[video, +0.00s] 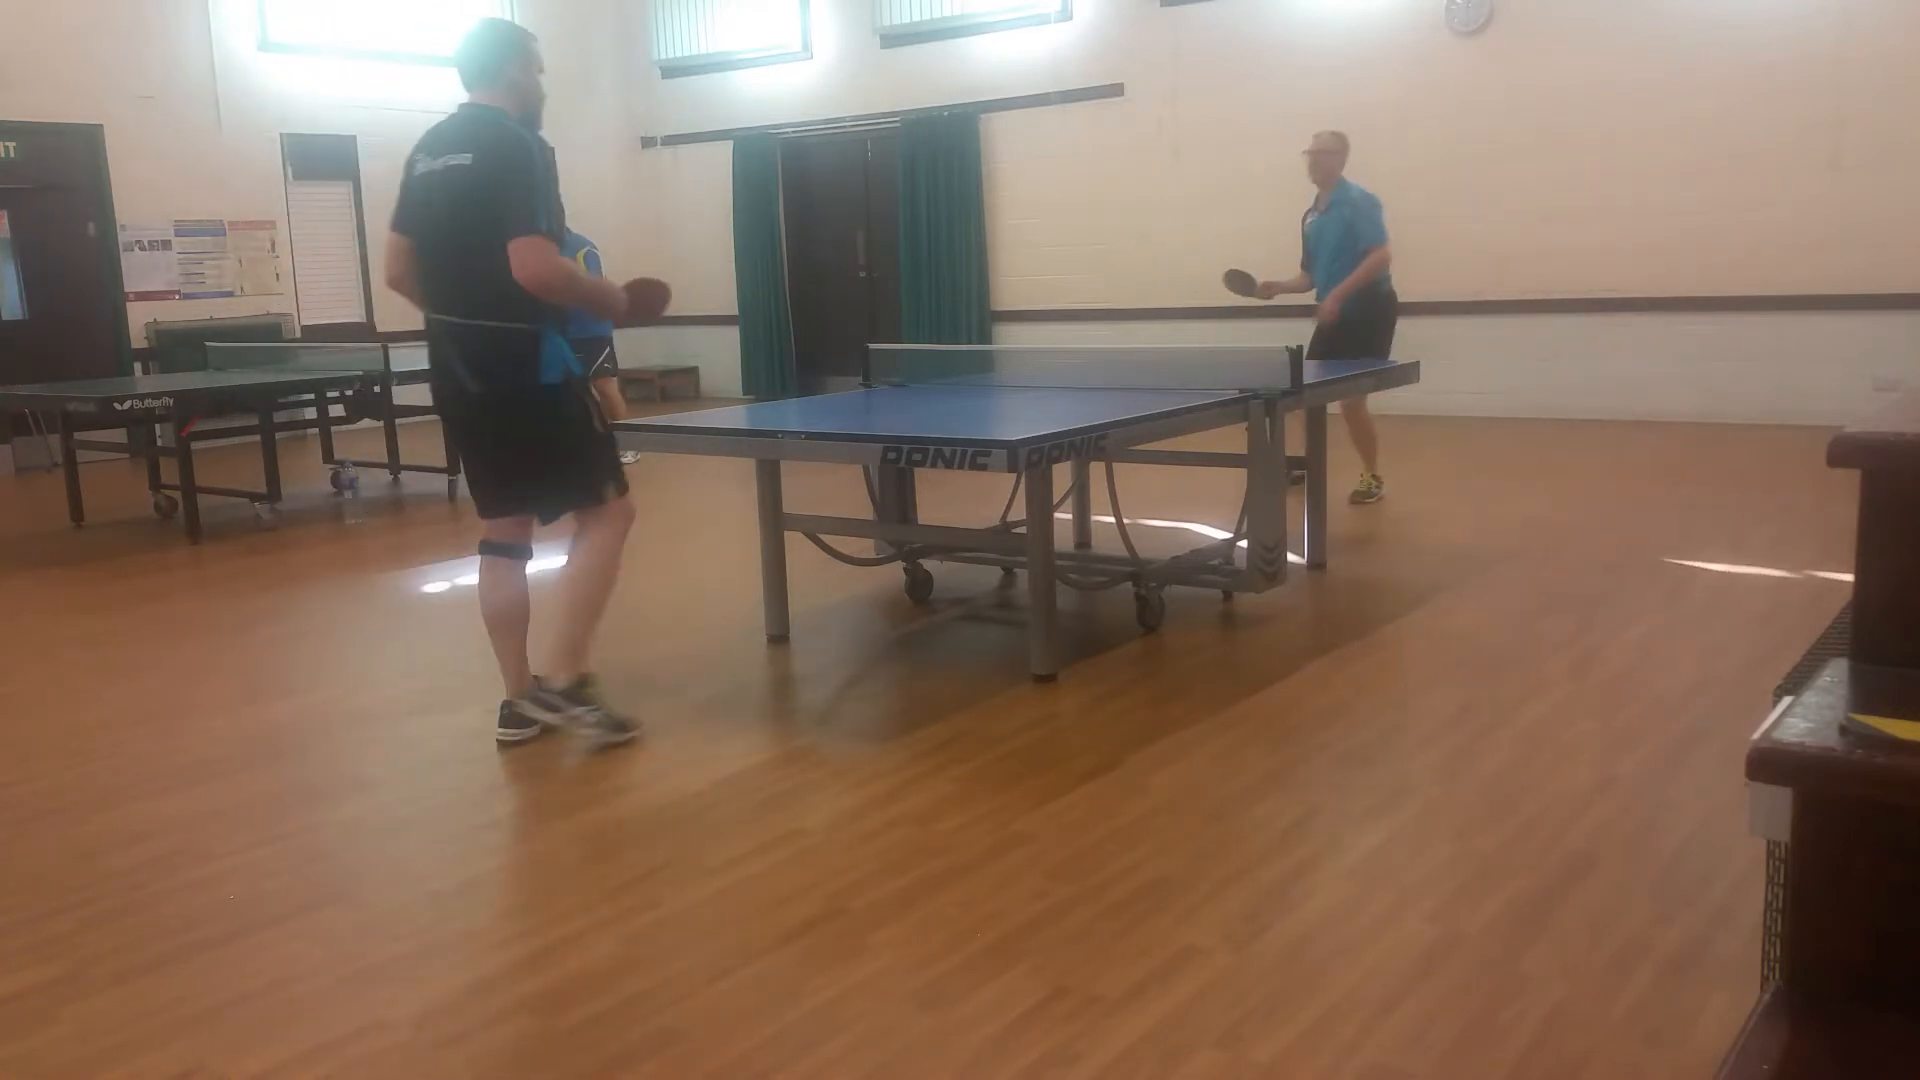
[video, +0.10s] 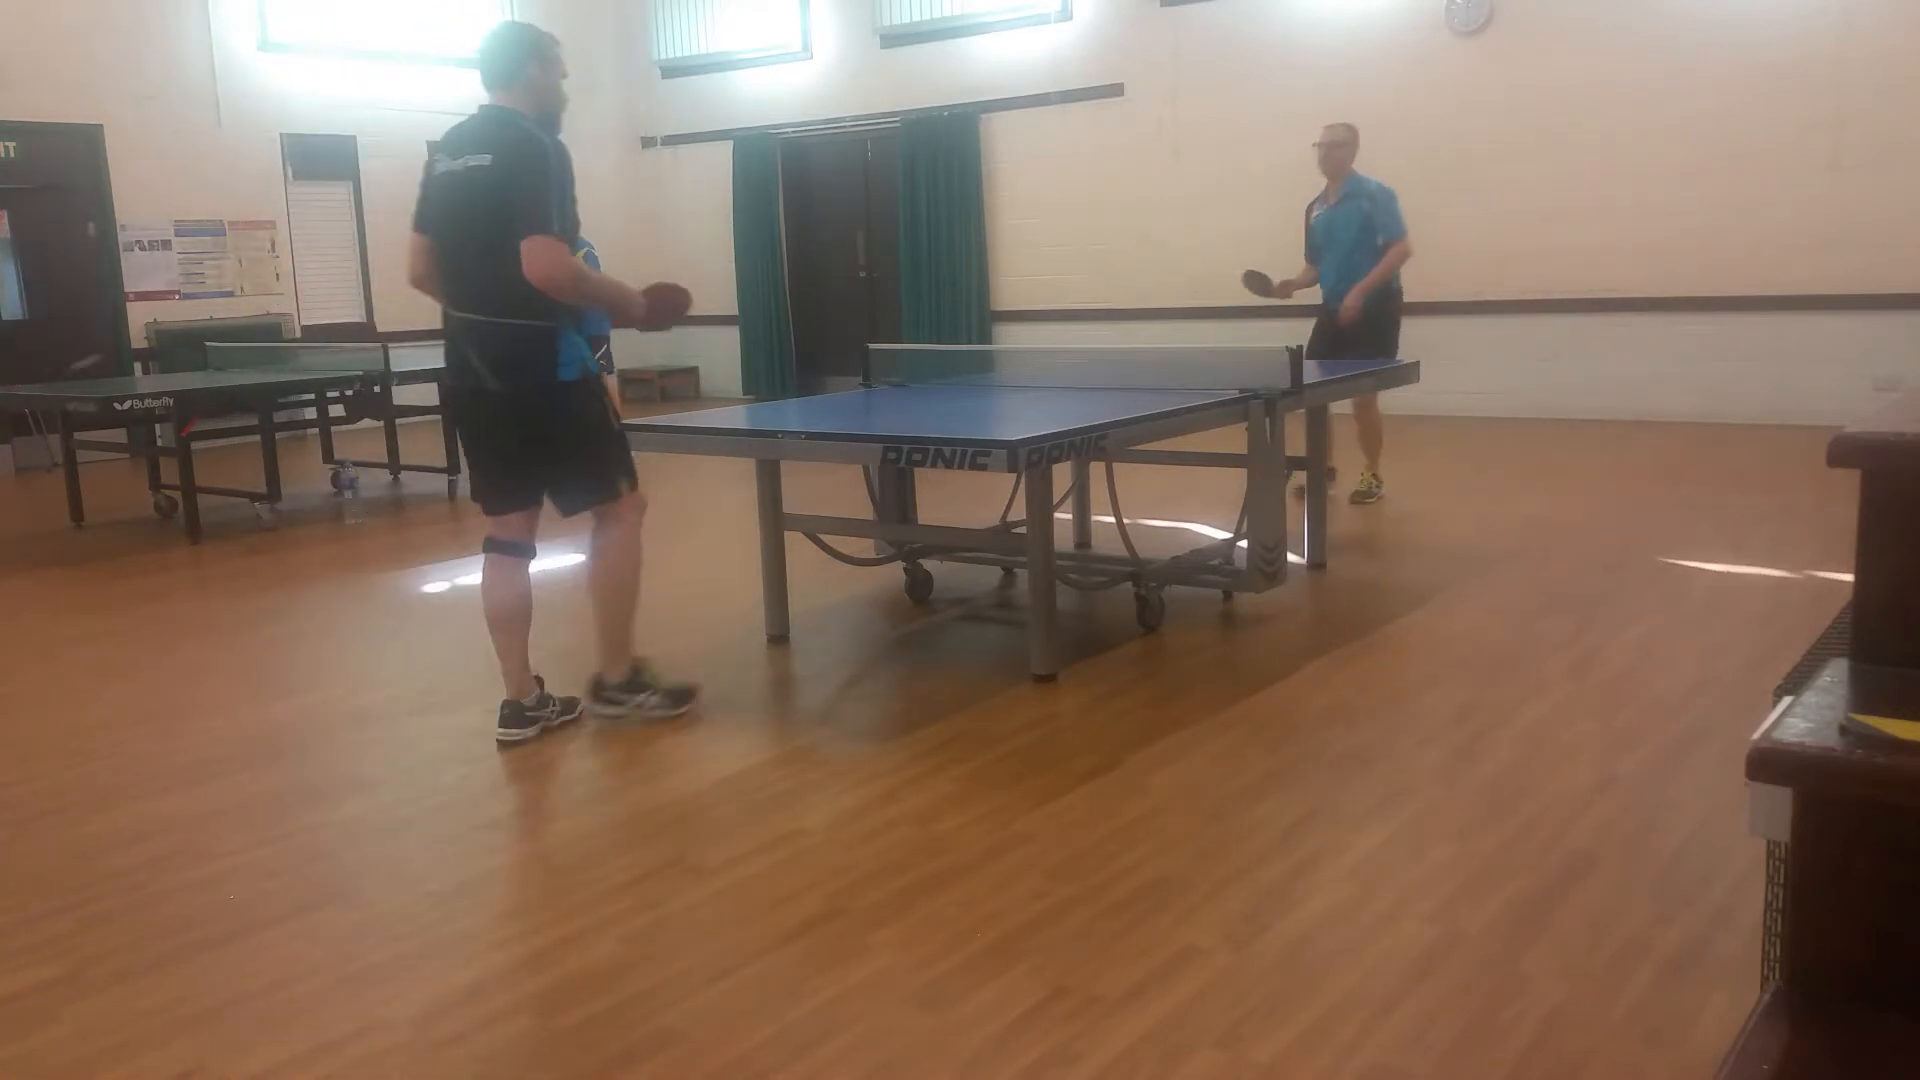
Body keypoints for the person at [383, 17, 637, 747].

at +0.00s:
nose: (542, 84)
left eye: (539, 71)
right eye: (535, 72)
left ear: (472, 75)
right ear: (511, 72)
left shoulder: (427, 146)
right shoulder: (519, 144)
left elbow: (399, 271)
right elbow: (534, 265)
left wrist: (469, 314)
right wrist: (611, 299)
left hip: (460, 367)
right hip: (529, 363)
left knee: (503, 532)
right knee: (607, 511)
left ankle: (518, 702)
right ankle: (563, 679)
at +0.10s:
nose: (565, 85)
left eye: (562, 72)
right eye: (559, 72)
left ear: (494, 75)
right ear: (532, 73)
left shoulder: (447, 148)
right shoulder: (534, 146)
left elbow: (421, 271)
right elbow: (545, 265)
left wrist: (498, 302)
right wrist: (627, 301)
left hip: (473, 371)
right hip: (546, 366)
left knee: (507, 528)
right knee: (619, 506)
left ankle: (521, 700)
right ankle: (617, 677)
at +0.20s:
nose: (589, 101)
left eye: (587, 87)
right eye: (585, 87)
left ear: (518, 83)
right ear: (564, 84)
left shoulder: (472, 153)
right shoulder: (558, 153)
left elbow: (441, 271)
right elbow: (563, 271)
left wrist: (506, 310)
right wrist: (652, 312)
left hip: (495, 372)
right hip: (567, 369)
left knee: (519, 529)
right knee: (632, 506)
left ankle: (522, 701)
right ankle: (648, 664)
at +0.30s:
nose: (616, 108)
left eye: (614, 94)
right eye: (610, 94)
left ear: (546, 91)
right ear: (586, 92)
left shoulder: (495, 157)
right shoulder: (583, 162)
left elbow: (461, 271)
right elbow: (587, 280)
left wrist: (518, 322)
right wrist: (671, 313)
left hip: (517, 372)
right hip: (587, 370)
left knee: (540, 525)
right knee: (650, 505)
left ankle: (522, 698)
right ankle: (655, 658)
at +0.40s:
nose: (646, 115)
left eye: (646, 101)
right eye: (643, 100)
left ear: (576, 93)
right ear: (617, 96)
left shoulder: (519, 156)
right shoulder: (612, 169)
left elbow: (483, 265)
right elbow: (620, 290)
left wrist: (518, 335)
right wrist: (703, 315)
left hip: (536, 369)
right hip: (608, 370)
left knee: (568, 511)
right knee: (664, 503)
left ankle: (526, 674)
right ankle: (658, 660)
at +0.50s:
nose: (670, 116)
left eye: (670, 102)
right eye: (667, 101)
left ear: (603, 94)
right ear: (641, 96)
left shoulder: (541, 151)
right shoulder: (636, 171)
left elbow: (496, 252)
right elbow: (650, 292)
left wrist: (502, 346)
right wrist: (733, 320)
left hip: (547, 363)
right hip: (619, 365)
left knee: (584, 498)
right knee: (666, 498)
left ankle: (533, 634)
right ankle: (658, 659)